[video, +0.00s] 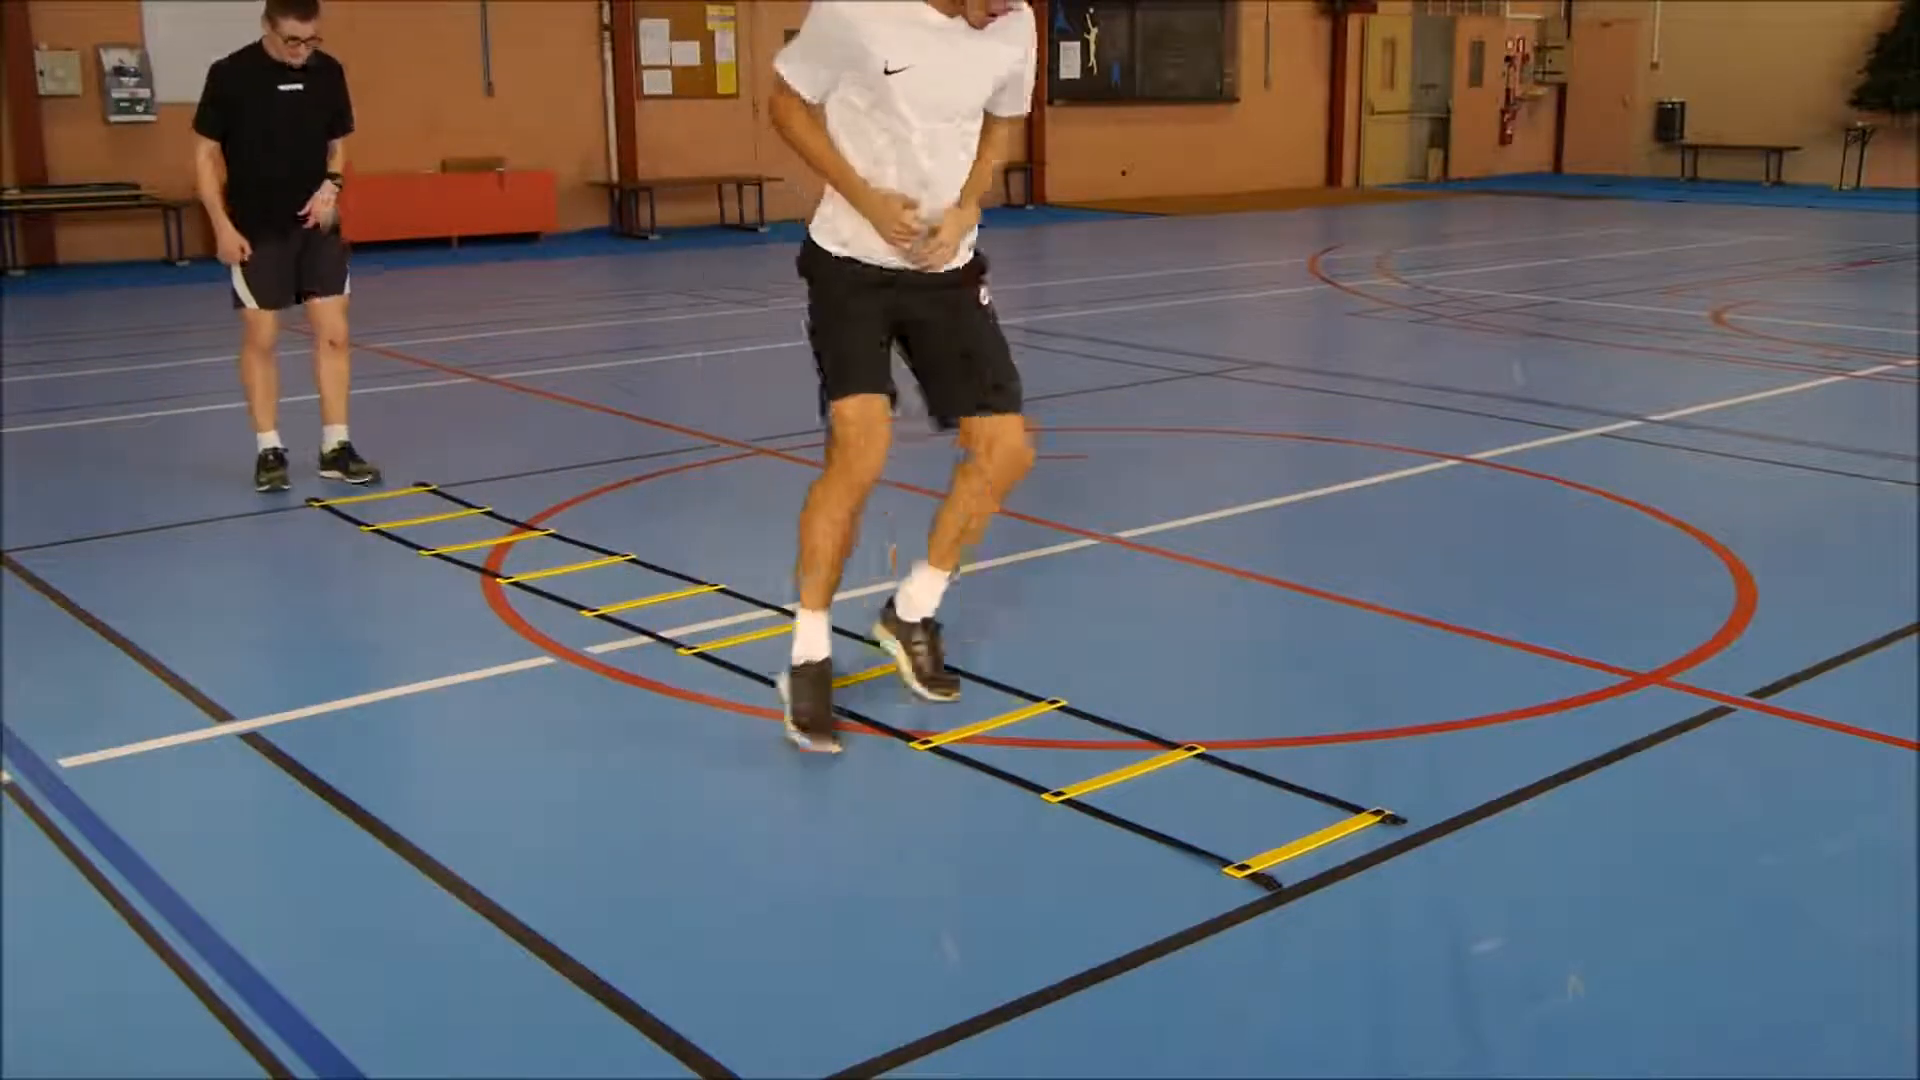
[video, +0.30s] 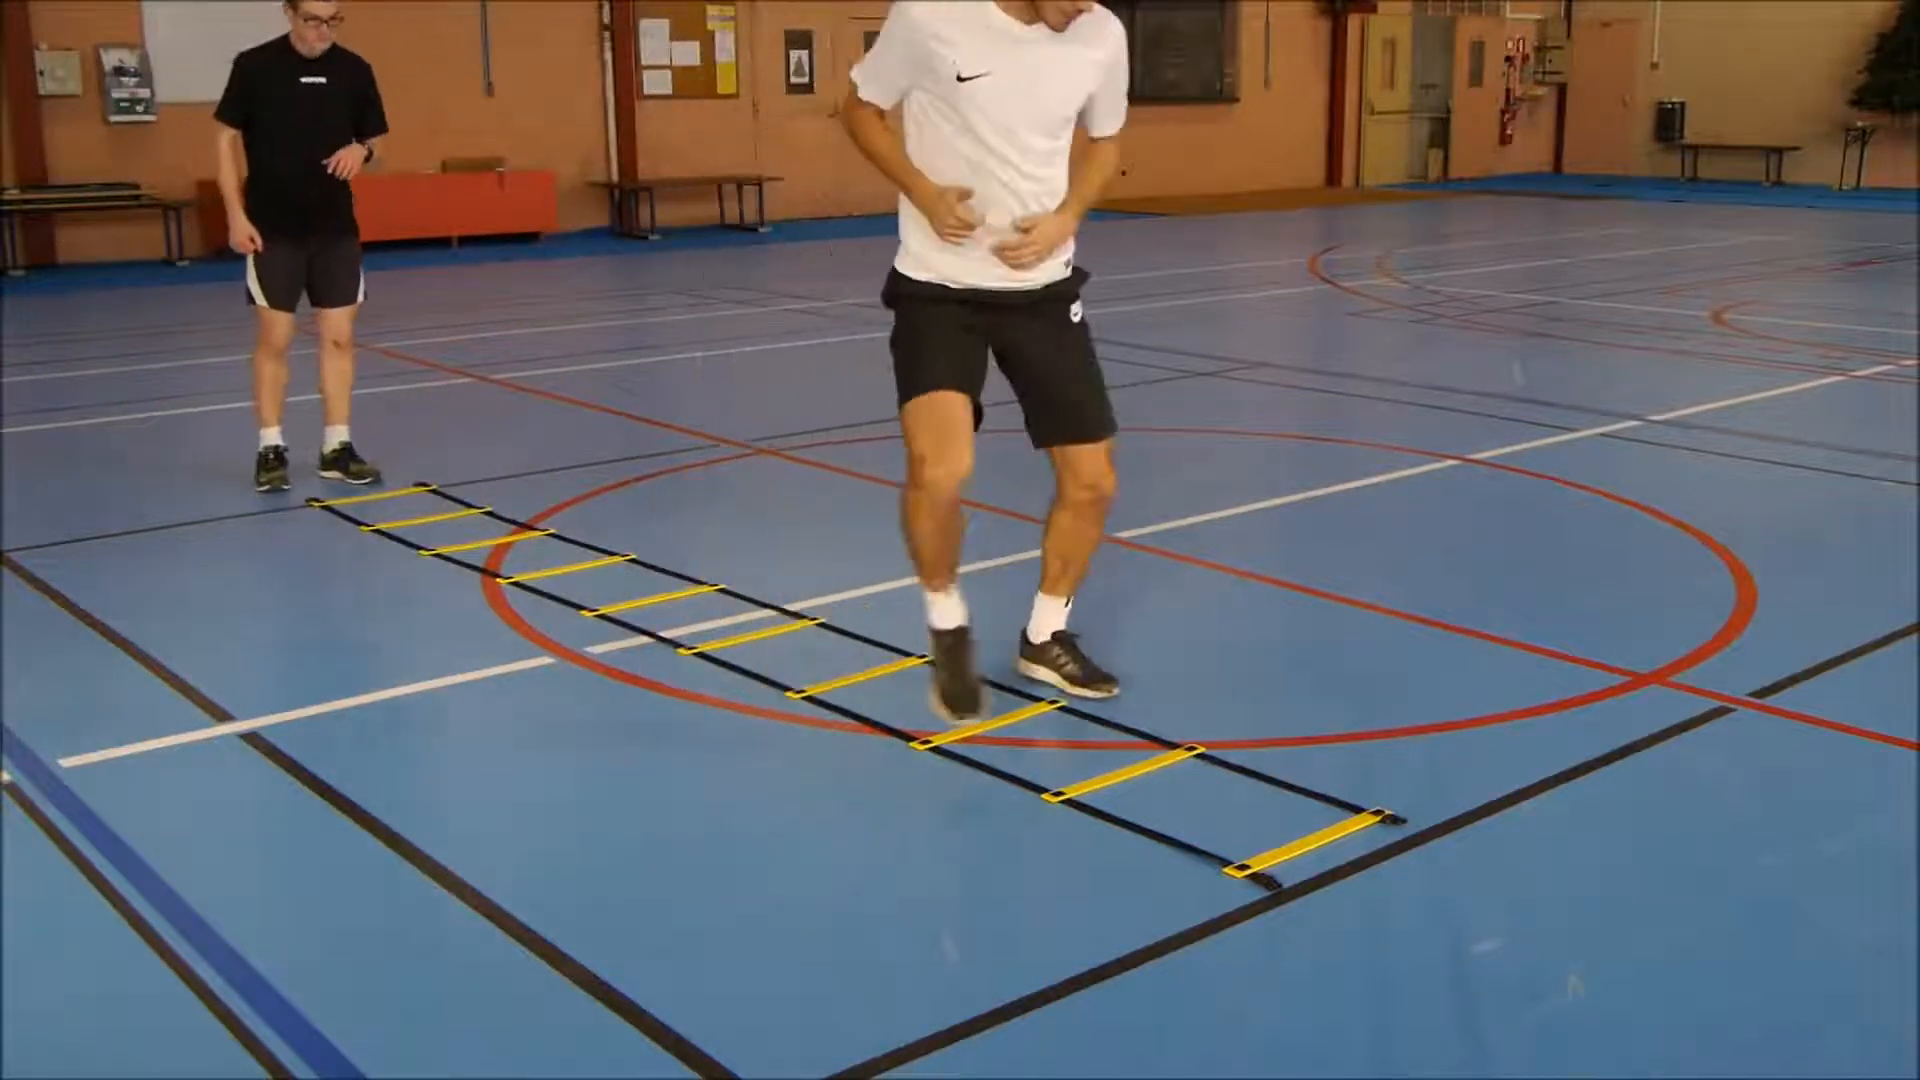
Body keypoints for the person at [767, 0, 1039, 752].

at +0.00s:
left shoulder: (1015, 27)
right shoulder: (853, 14)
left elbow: (1002, 123)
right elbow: (785, 103)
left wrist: (968, 205)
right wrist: (864, 196)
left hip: (947, 270)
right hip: (849, 263)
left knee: (1005, 448)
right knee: (860, 446)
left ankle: (913, 609)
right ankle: (810, 652)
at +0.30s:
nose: (1082, 5)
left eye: (1088, 0)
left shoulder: (1101, 36)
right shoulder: (927, 19)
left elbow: (1103, 144)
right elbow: (860, 108)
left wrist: (1068, 215)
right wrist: (922, 190)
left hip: (1042, 289)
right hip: (937, 284)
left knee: (1091, 482)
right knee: (938, 472)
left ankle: (1044, 636)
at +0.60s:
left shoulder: (1171, 16)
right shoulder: (989, 7)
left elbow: (1155, 126)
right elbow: (914, 88)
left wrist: (1113, 209)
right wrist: (990, 181)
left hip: (1082, 269)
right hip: (978, 266)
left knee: (1119, 479)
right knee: (1016, 478)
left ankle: (1038, 657)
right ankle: (986, 656)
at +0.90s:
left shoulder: (1253, 17)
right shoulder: (1085, 11)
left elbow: (1224, 120)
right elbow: (999, 120)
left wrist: (1194, 215)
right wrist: (1088, 228)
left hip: (1173, 281)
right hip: (1060, 285)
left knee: (1266, 462)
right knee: (1042, 509)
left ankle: (1211, 657)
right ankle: (954, 695)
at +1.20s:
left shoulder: (1347, 12)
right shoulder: (1161, 8)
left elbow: (1325, 123)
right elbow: (1076, 96)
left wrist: (1293, 212)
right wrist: (1152, 223)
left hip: (1265, 289)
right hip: (1153, 292)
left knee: (1335, 486)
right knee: (1183, 533)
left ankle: (1219, 655)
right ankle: (1157, 725)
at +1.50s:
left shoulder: (1436, 19)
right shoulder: (1284, 18)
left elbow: (1362, 142)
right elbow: (1178, 163)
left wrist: (1386, 224)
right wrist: (1306, 284)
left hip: (1357, 340)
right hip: (1253, 343)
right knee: (1189, 598)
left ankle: (1319, 675)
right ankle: (1070, 808)